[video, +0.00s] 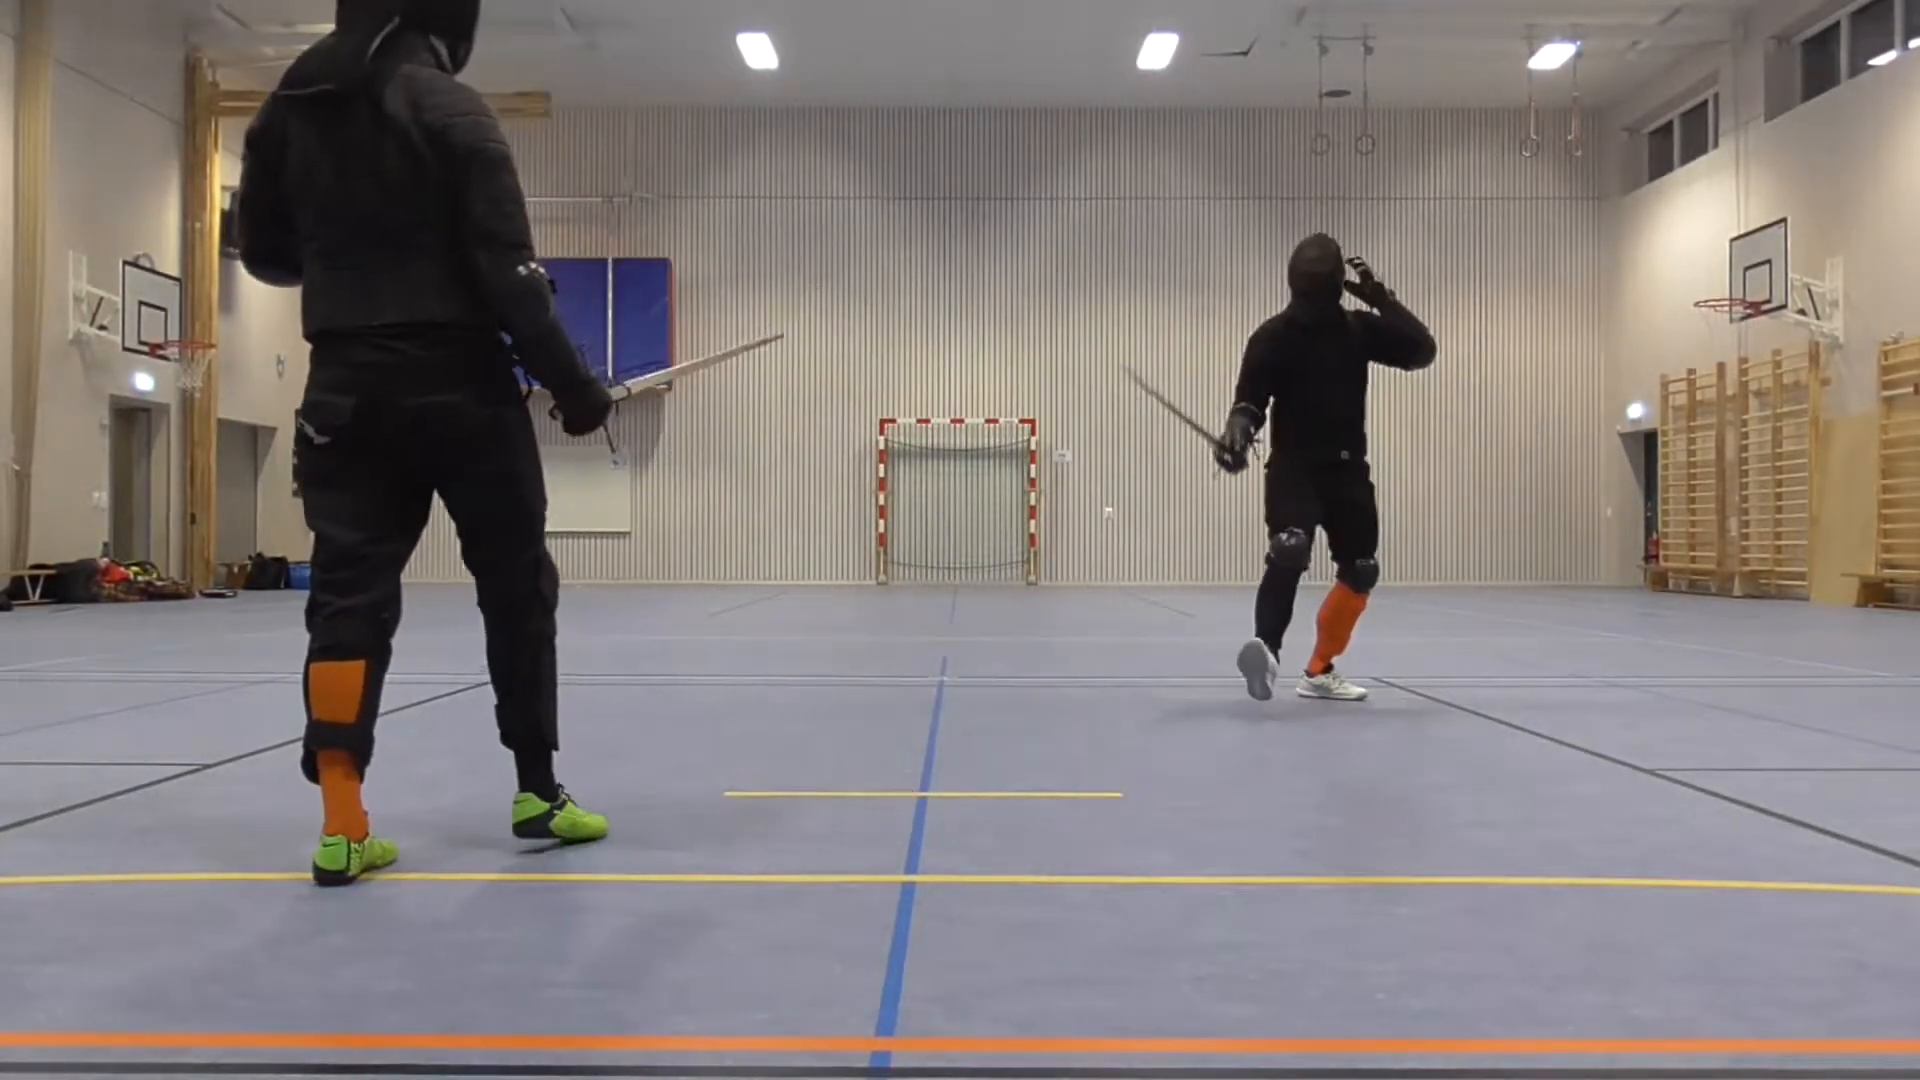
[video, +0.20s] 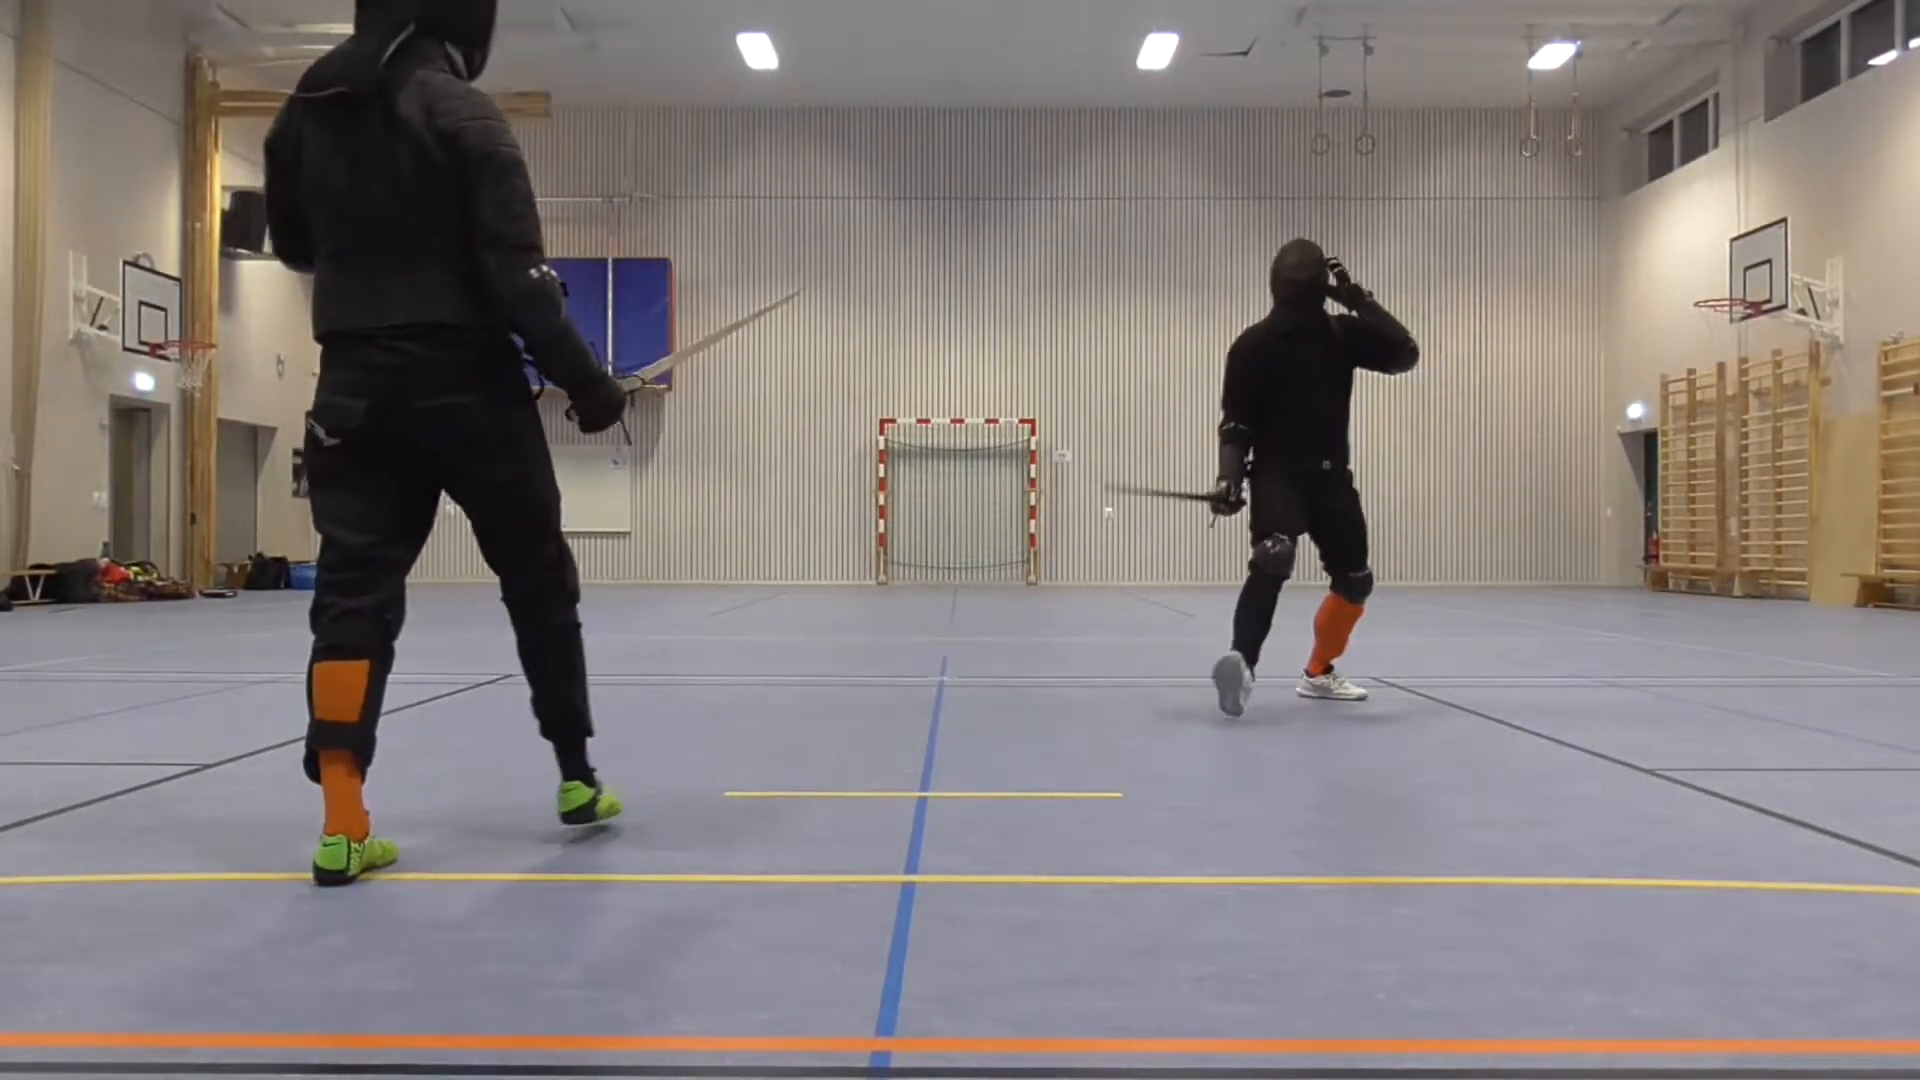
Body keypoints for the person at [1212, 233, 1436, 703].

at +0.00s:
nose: (1317, 290)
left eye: (1325, 281)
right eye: (1309, 281)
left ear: (1338, 281)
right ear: (1293, 281)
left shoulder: (1358, 330)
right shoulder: (1272, 338)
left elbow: (1421, 350)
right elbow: (1251, 401)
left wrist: (1380, 297)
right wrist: (1237, 432)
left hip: (1347, 467)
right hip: (1292, 467)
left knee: (1360, 572)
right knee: (1290, 548)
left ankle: (1319, 671)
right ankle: (1265, 652)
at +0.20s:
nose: (1296, 292)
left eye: (1306, 283)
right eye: (1289, 281)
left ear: (1323, 285)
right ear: (1274, 283)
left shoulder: (1341, 335)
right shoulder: (1252, 347)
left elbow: (1404, 354)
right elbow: (1236, 422)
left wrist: (1357, 298)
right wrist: (1230, 477)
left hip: (1329, 474)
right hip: (1275, 475)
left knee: (1354, 582)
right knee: (1273, 559)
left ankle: (1319, 674)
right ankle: (1241, 668)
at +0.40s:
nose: (1263, 288)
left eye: (1274, 279)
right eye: (1256, 278)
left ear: (1295, 284)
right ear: (1243, 283)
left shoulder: (1315, 341)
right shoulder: (1222, 348)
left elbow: (1378, 372)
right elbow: (1201, 423)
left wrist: (1332, 317)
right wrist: (1188, 484)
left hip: (1297, 480)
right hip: (1241, 479)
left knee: (1340, 579)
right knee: (1245, 561)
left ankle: (1318, 666)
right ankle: (1224, 691)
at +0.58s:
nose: (1239, 282)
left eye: (1250, 272)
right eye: (1233, 272)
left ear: (1274, 281)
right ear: (1221, 279)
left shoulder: (1296, 340)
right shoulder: (1197, 346)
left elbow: (1351, 385)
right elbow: (1170, 417)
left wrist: (1309, 336)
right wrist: (1150, 465)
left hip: (1275, 480)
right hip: (1218, 482)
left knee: (1346, 570)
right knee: (1230, 569)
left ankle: (1267, 659)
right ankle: (1224, 690)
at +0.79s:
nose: (1221, 292)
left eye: (1233, 282)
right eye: (1215, 281)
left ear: (1258, 281)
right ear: (1205, 279)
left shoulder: (1283, 333)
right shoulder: (1185, 342)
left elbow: (1335, 382)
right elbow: (1156, 412)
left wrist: (1288, 322)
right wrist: (1137, 454)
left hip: (1262, 482)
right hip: (1203, 482)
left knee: (1312, 588)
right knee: (1220, 569)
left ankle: (1237, 680)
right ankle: (1222, 690)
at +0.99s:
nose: (1212, 290)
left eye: (1224, 280)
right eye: (1206, 279)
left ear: (1252, 277)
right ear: (1196, 276)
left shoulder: (1272, 329)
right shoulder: (1175, 338)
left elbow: (1328, 383)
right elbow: (1147, 411)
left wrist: (1284, 318)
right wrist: (1133, 460)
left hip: (1249, 478)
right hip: (1190, 479)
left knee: (1292, 588)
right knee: (1216, 570)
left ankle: (1234, 683)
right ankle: (1222, 690)